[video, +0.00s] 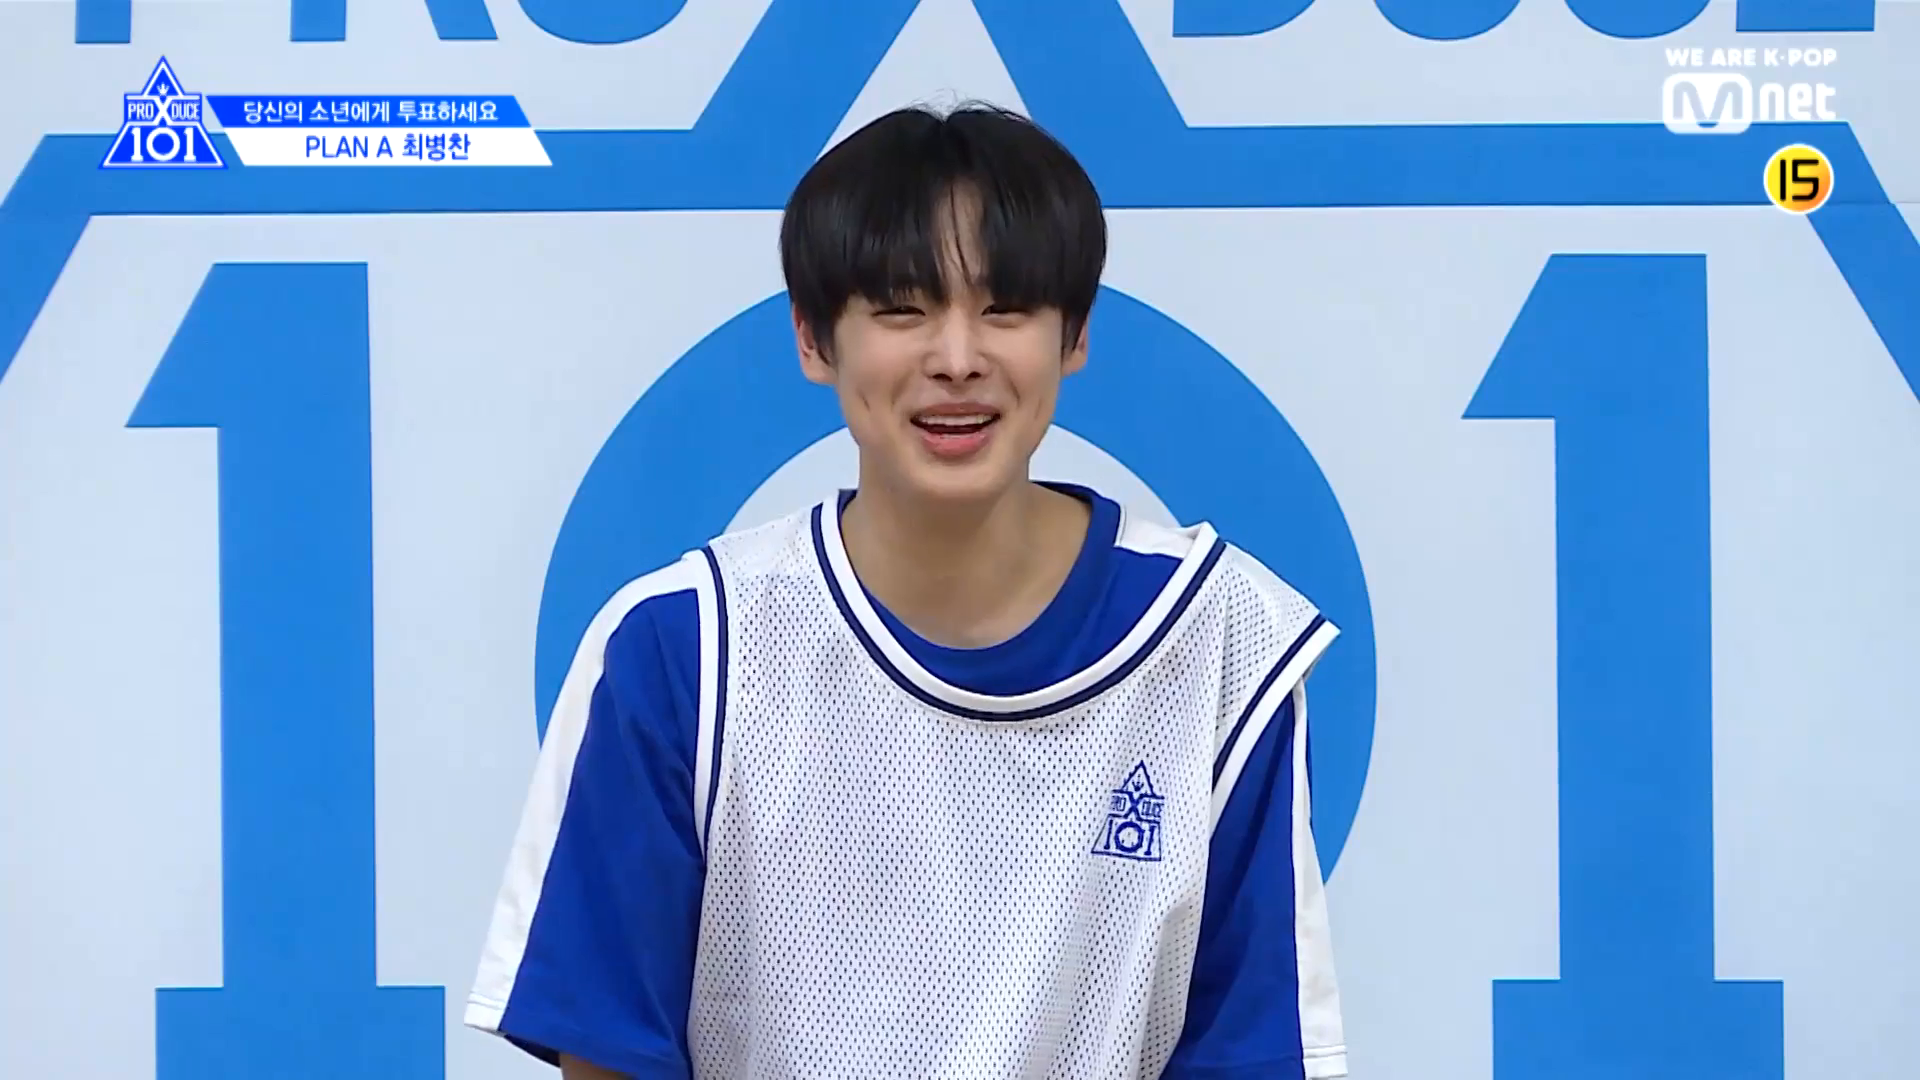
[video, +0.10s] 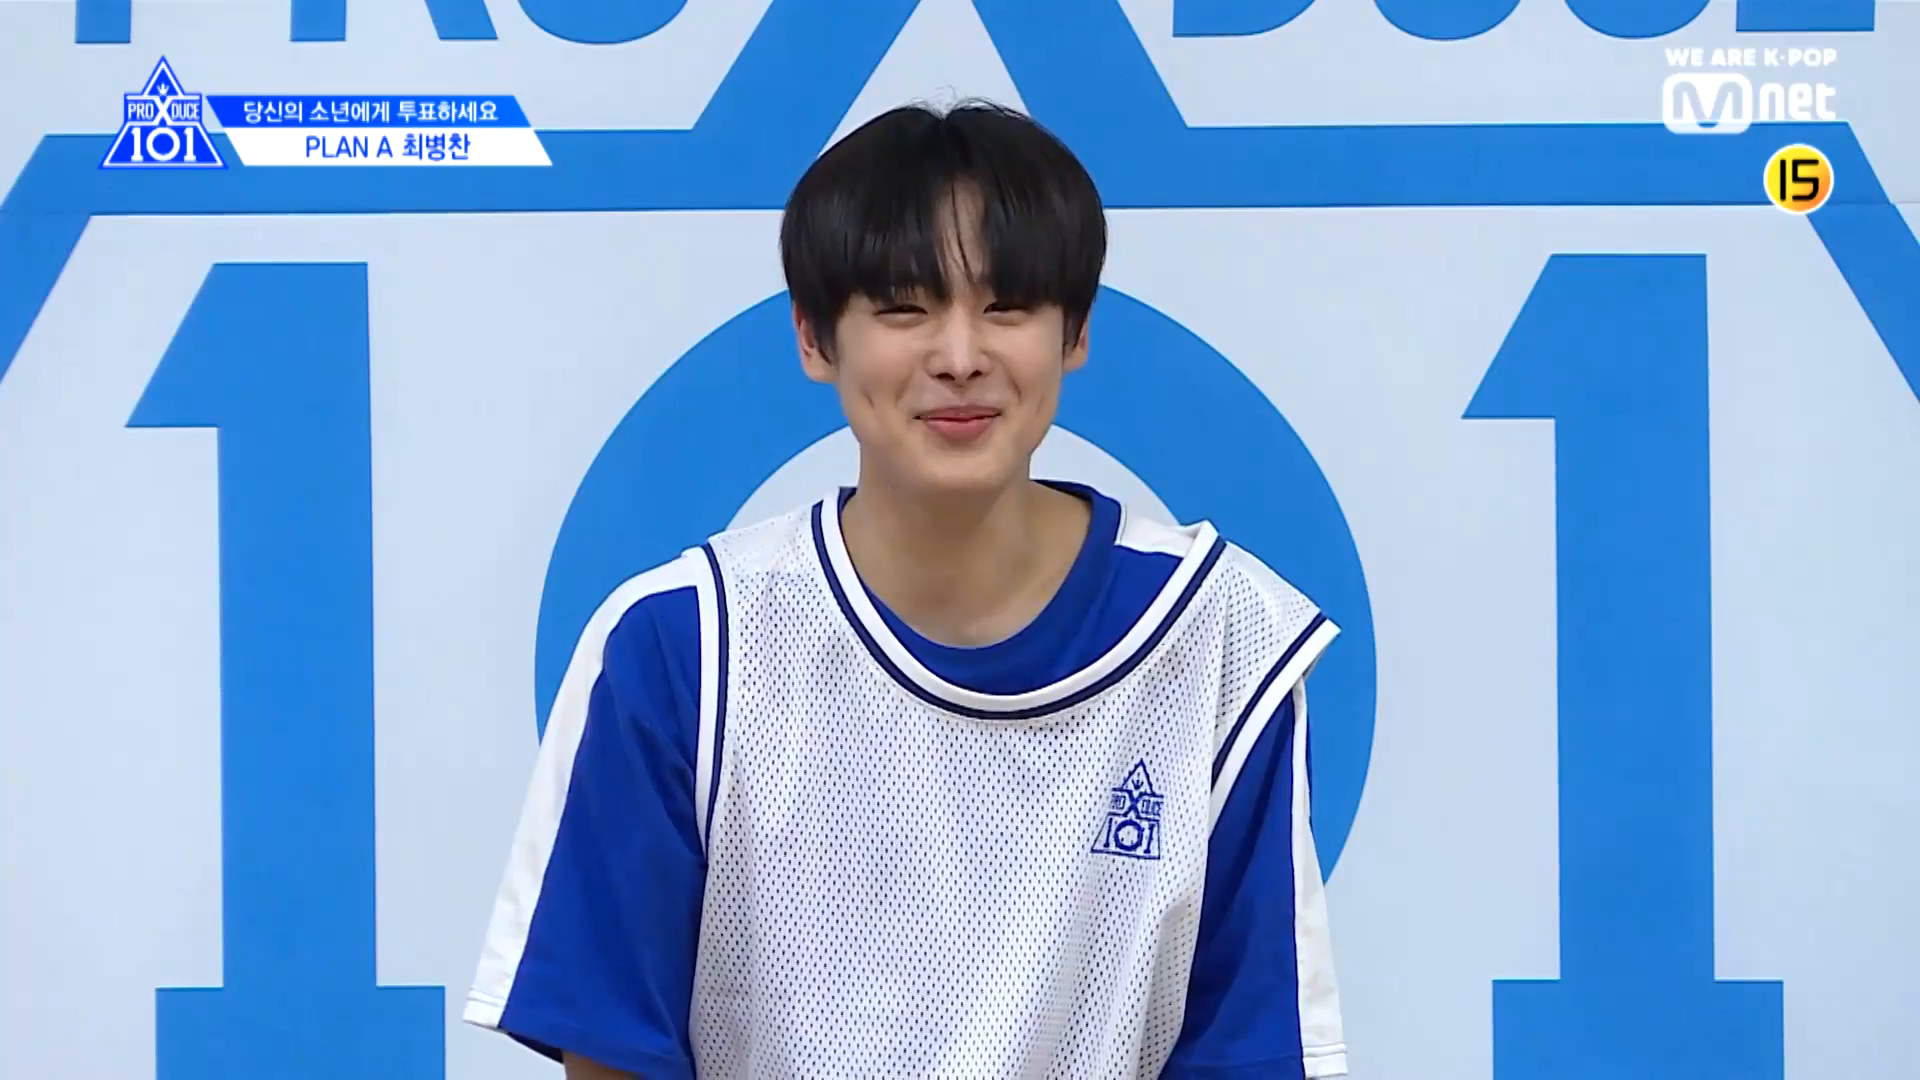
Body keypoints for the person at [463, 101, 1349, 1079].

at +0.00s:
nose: (957, 360)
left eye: (1005, 307)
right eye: (904, 306)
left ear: (1071, 340)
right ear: (819, 342)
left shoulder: (1229, 646)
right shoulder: (673, 653)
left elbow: (1255, 1052)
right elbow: (607, 1050)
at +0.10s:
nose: (960, 357)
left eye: (1007, 305)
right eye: (906, 305)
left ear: (1072, 337)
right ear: (820, 342)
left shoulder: (1228, 643)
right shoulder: (674, 649)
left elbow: (1253, 1054)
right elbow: (612, 1051)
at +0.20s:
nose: (961, 353)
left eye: (1010, 299)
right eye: (905, 298)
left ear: (1073, 333)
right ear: (820, 335)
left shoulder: (1225, 642)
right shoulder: (673, 647)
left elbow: (1248, 1054)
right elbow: (615, 1049)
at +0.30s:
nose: (962, 352)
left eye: (1011, 297)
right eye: (907, 297)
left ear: (1075, 331)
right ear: (822, 335)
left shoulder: (1226, 640)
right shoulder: (676, 641)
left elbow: (1244, 1055)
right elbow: (617, 1050)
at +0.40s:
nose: (965, 356)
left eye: (1014, 302)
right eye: (910, 301)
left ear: (1078, 334)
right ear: (825, 338)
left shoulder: (1232, 639)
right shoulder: (678, 642)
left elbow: (1253, 1051)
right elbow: (616, 1048)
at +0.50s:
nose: (968, 356)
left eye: (1019, 302)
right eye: (914, 302)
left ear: (1081, 338)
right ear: (828, 338)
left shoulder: (1230, 643)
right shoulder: (680, 646)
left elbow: (1252, 1052)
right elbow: (620, 1049)